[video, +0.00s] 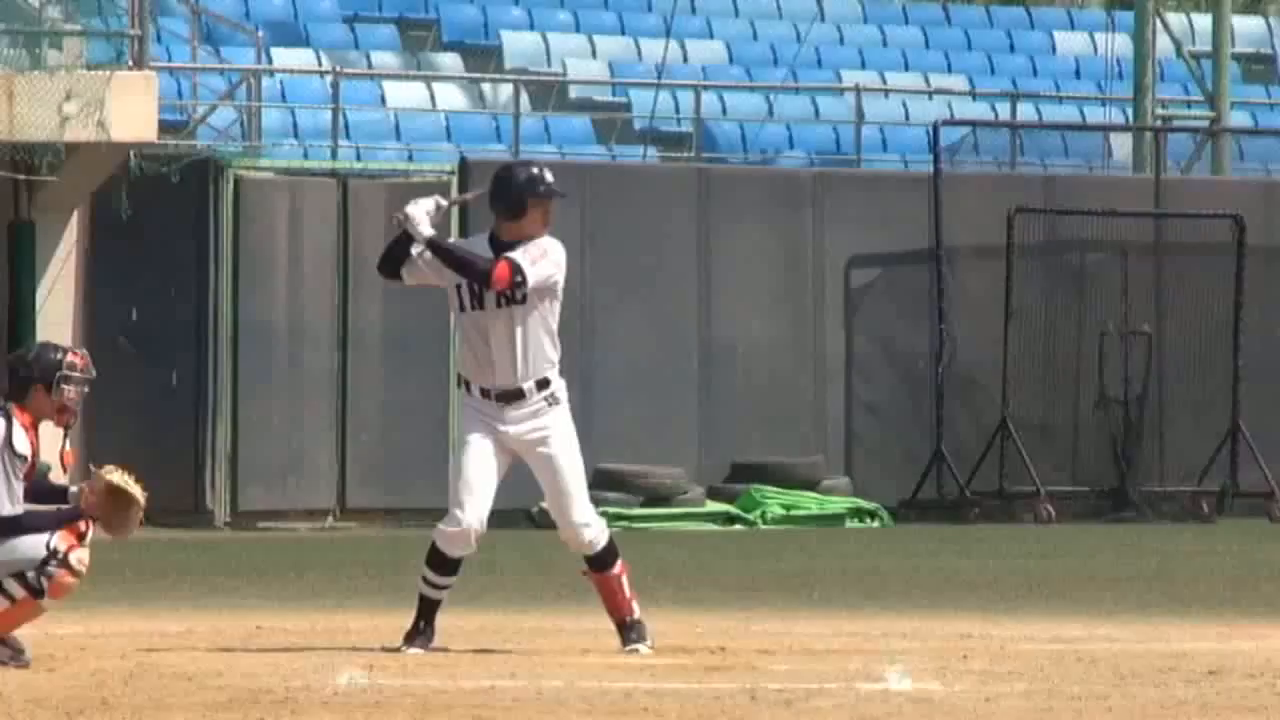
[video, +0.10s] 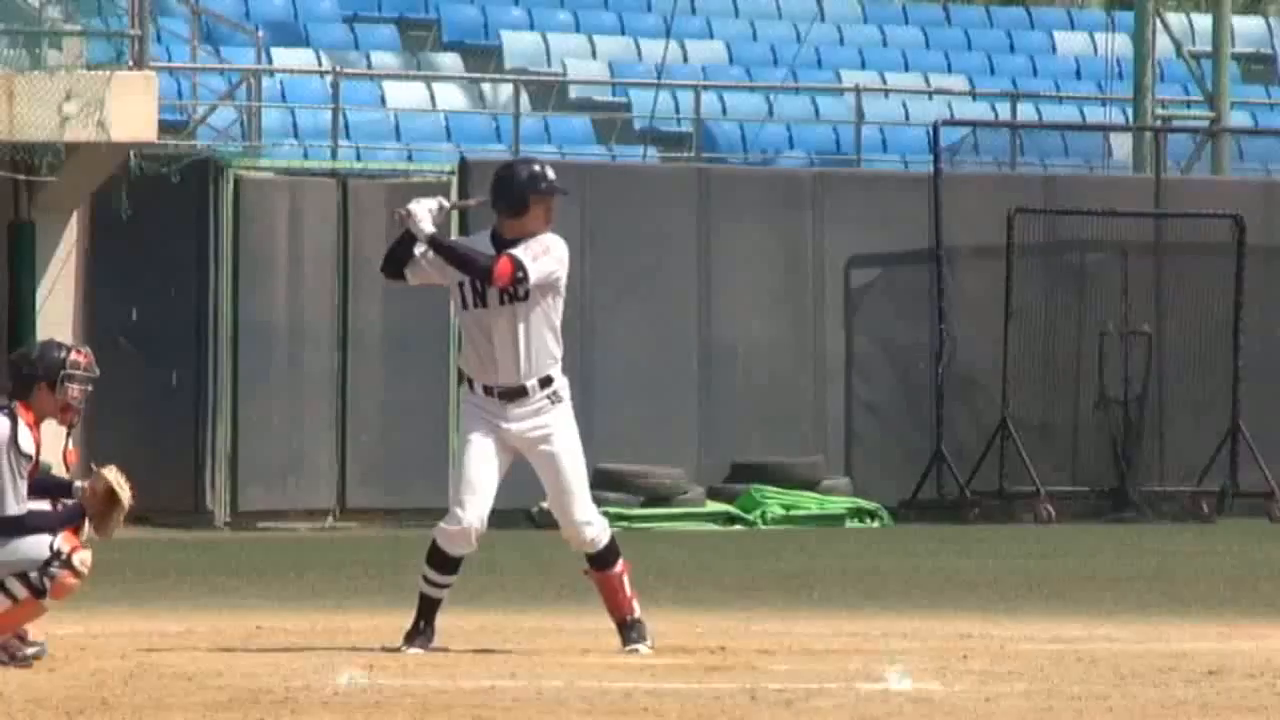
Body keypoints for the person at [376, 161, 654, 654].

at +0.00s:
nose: (549, 213)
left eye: (549, 204)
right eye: (542, 205)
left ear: (533, 207)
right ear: (516, 209)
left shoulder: (549, 251)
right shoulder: (461, 253)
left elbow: (496, 276)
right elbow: (390, 267)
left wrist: (428, 239)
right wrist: (413, 228)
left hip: (543, 407)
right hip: (480, 411)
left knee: (579, 526)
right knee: (463, 524)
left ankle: (629, 623)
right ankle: (422, 627)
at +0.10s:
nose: (551, 210)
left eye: (551, 201)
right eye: (544, 202)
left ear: (527, 204)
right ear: (519, 206)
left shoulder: (551, 248)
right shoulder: (465, 252)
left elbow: (498, 273)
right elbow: (394, 269)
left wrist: (431, 236)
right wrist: (415, 228)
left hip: (545, 405)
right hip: (483, 409)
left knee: (580, 523)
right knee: (464, 523)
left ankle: (629, 622)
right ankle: (422, 626)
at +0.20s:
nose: (547, 212)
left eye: (548, 203)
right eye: (540, 203)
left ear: (533, 205)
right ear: (513, 207)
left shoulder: (545, 249)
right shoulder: (459, 249)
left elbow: (488, 277)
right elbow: (388, 262)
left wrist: (424, 236)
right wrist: (410, 227)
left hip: (538, 407)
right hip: (476, 410)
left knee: (576, 523)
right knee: (458, 522)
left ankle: (629, 622)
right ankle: (422, 625)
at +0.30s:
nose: (541, 217)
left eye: (541, 207)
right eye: (533, 208)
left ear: (517, 213)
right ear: (506, 212)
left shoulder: (535, 257)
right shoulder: (451, 248)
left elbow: (475, 283)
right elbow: (379, 254)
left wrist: (415, 238)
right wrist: (403, 227)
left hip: (527, 408)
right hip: (465, 411)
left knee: (569, 523)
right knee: (454, 521)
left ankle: (628, 621)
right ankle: (421, 625)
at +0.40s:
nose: (536, 221)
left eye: (537, 211)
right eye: (529, 212)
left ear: (513, 217)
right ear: (502, 216)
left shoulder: (528, 261)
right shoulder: (446, 245)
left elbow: (461, 286)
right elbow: (373, 247)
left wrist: (407, 238)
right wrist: (399, 222)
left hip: (520, 408)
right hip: (458, 410)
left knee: (565, 522)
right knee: (450, 520)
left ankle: (628, 620)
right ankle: (421, 624)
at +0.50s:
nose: (535, 221)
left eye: (536, 212)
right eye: (528, 213)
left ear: (512, 217)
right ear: (501, 217)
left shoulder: (526, 262)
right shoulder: (447, 243)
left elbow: (459, 286)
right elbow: (372, 245)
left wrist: (404, 237)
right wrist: (396, 220)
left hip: (518, 408)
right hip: (456, 410)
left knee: (564, 521)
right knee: (449, 519)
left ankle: (628, 619)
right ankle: (421, 624)